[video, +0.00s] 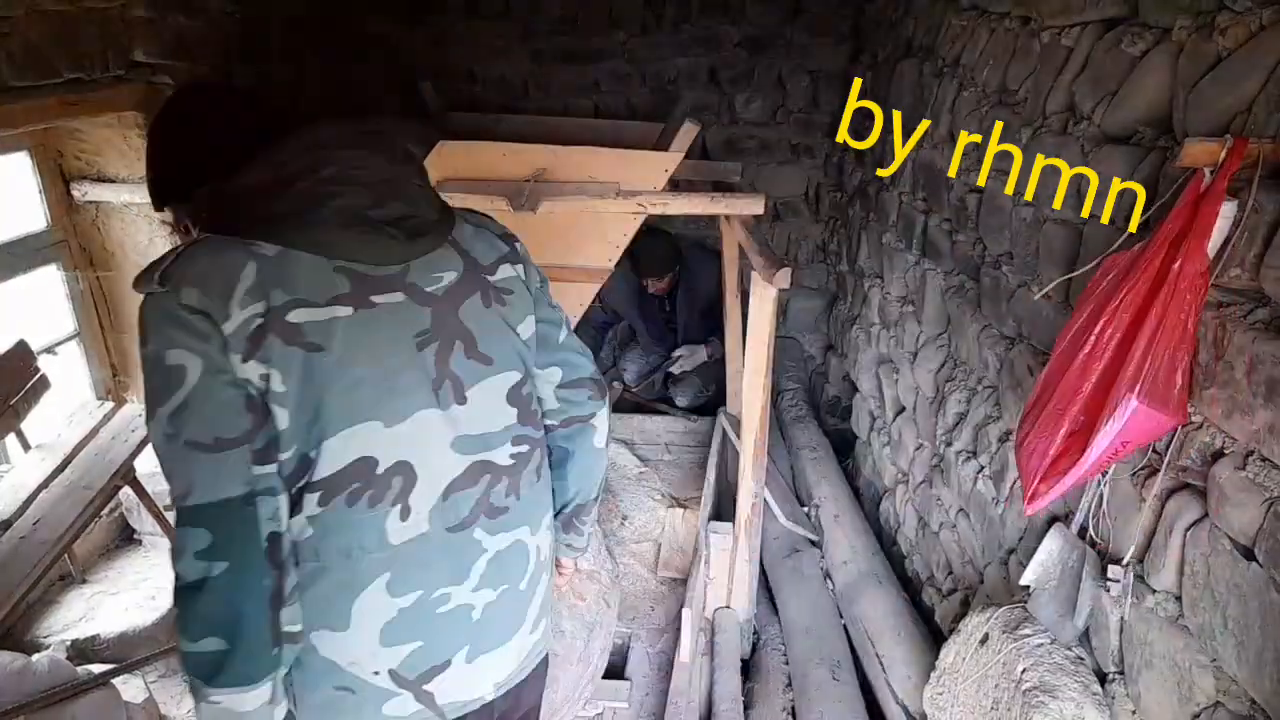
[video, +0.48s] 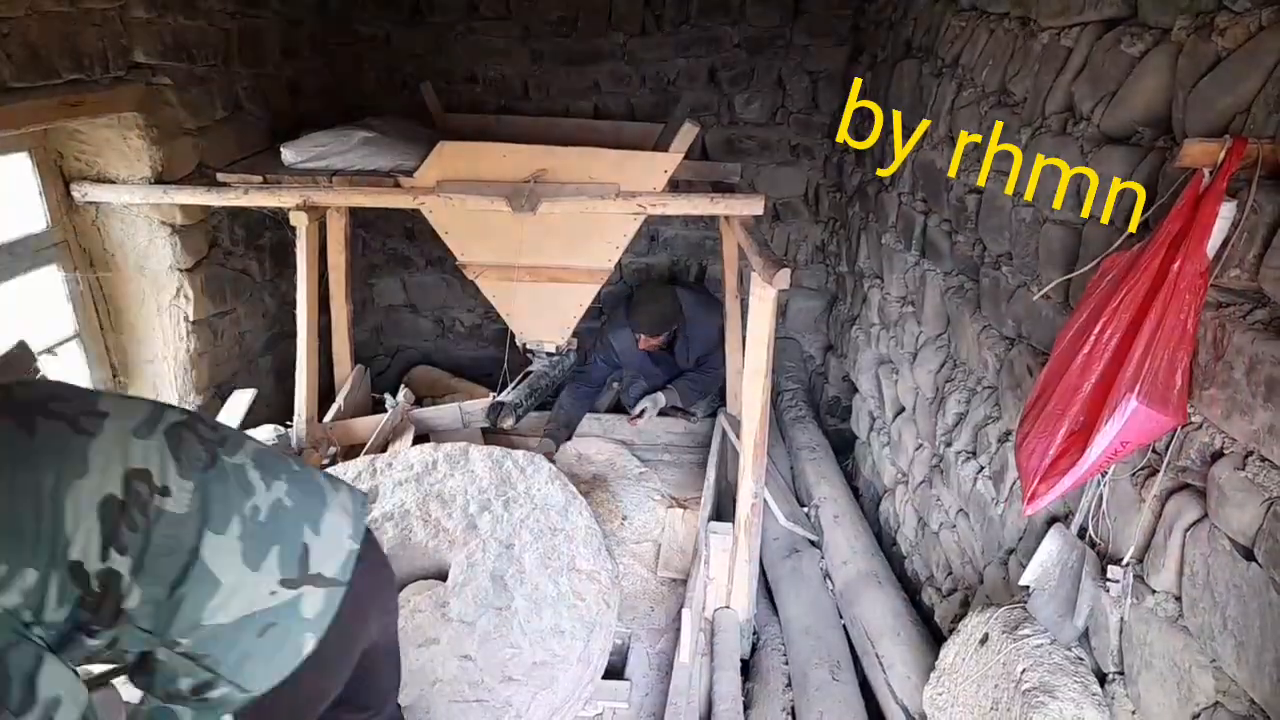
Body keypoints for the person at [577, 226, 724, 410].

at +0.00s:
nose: (651, 289)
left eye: (658, 281)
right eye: (645, 281)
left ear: (675, 272)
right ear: (638, 274)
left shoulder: (708, 277)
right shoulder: (621, 286)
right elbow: (590, 328)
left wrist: (708, 351)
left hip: (699, 347)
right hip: (655, 343)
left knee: (686, 395)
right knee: (632, 375)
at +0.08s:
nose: (658, 292)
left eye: (666, 284)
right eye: (652, 285)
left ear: (679, 272)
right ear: (640, 277)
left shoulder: (708, 268)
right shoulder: (622, 286)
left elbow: (730, 325)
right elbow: (596, 338)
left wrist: (698, 357)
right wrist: (593, 396)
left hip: (700, 347)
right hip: (654, 348)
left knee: (697, 405)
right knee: (636, 399)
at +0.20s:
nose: (666, 308)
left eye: (673, 302)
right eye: (660, 301)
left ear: (688, 291)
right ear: (648, 288)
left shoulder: (710, 289)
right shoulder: (626, 285)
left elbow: (712, 348)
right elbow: (592, 316)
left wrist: (672, 377)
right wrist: (606, 346)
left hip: (692, 357)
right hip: (645, 357)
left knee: (699, 407)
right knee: (637, 405)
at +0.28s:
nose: (652, 328)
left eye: (662, 322)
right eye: (648, 319)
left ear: (681, 314)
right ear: (640, 306)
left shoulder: (709, 309)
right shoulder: (619, 308)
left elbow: (707, 364)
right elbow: (600, 352)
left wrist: (663, 392)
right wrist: (610, 389)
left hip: (685, 364)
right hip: (639, 363)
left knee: (700, 408)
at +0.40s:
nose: (643, 345)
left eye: (653, 339)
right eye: (640, 336)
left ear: (675, 329)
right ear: (633, 322)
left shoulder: (709, 324)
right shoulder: (617, 335)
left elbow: (711, 373)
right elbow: (591, 390)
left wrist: (664, 400)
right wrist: (565, 448)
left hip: (692, 366)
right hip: (647, 370)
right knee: (635, 399)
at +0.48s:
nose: (642, 344)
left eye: (651, 338)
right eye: (637, 335)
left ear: (672, 330)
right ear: (630, 325)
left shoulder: (709, 327)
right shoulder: (616, 335)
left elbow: (711, 374)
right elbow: (584, 384)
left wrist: (663, 398)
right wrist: (551, 439)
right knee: (636, 397)